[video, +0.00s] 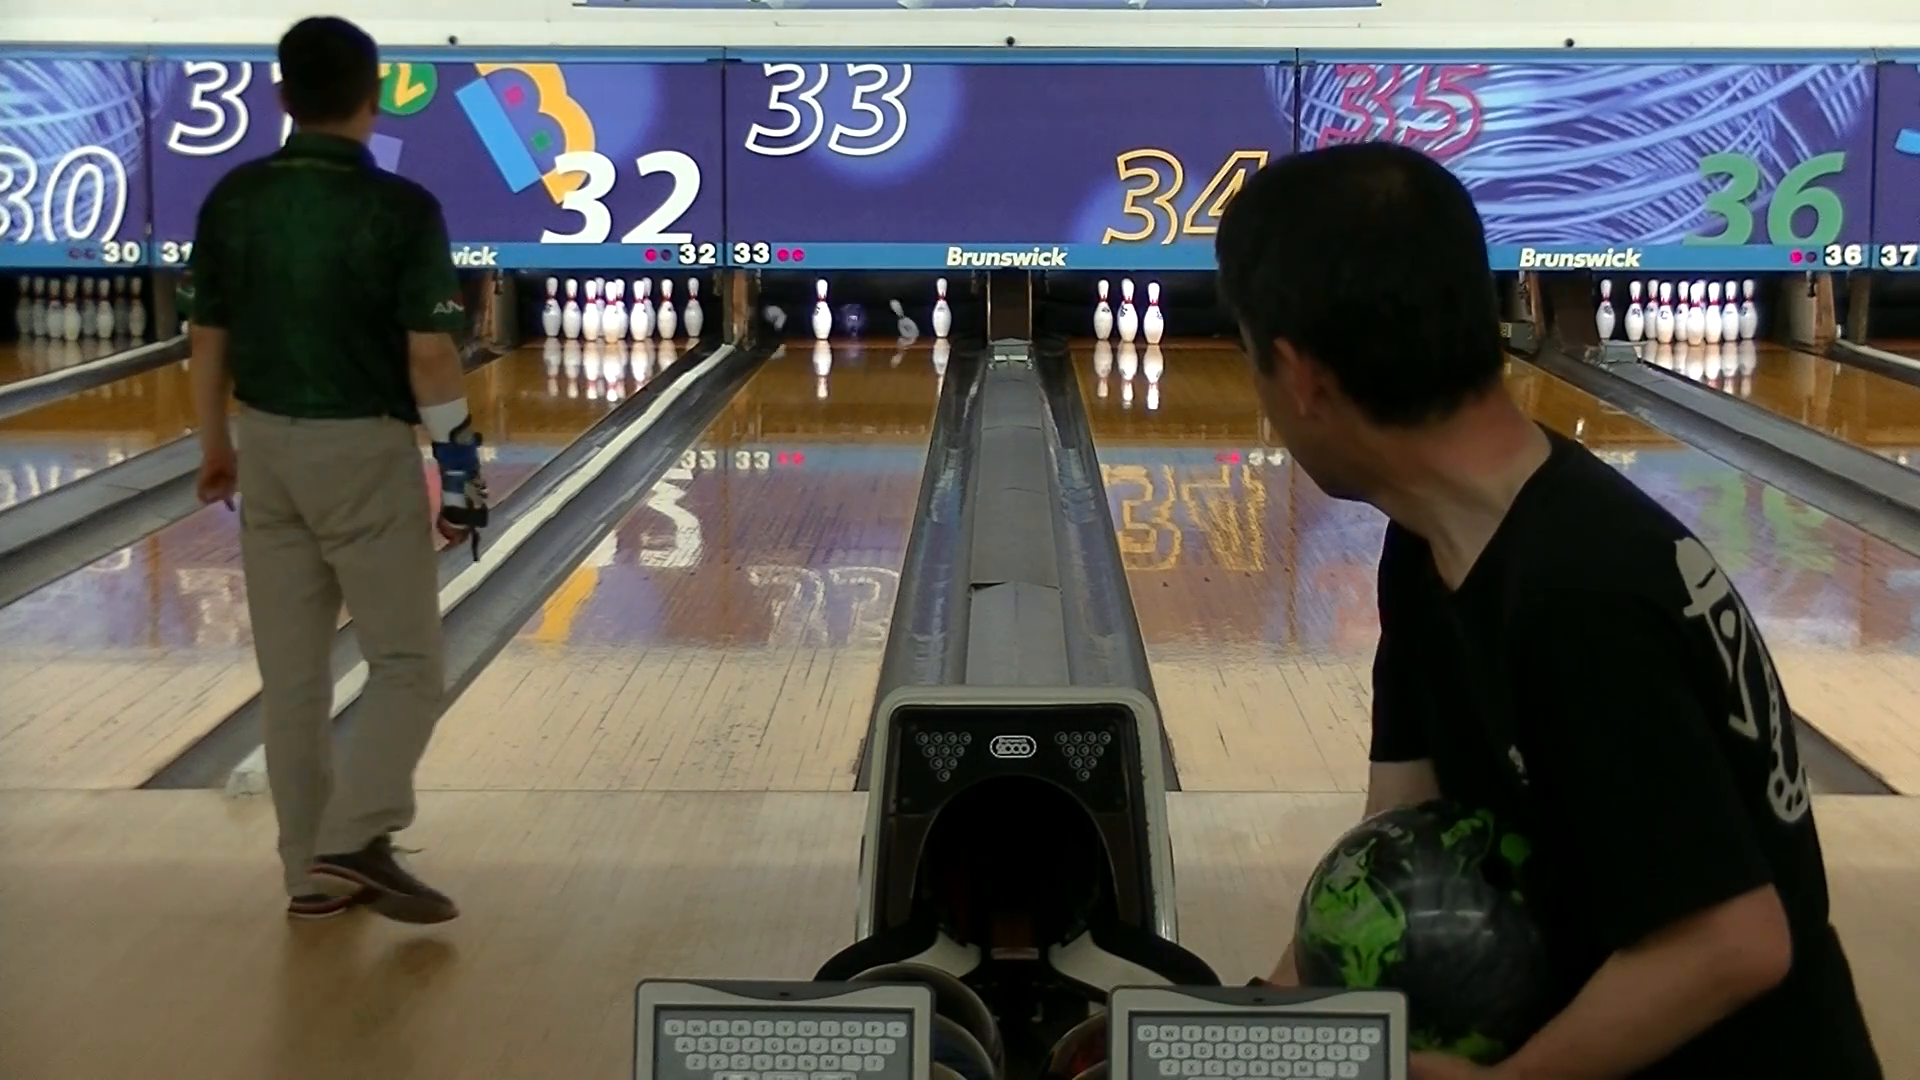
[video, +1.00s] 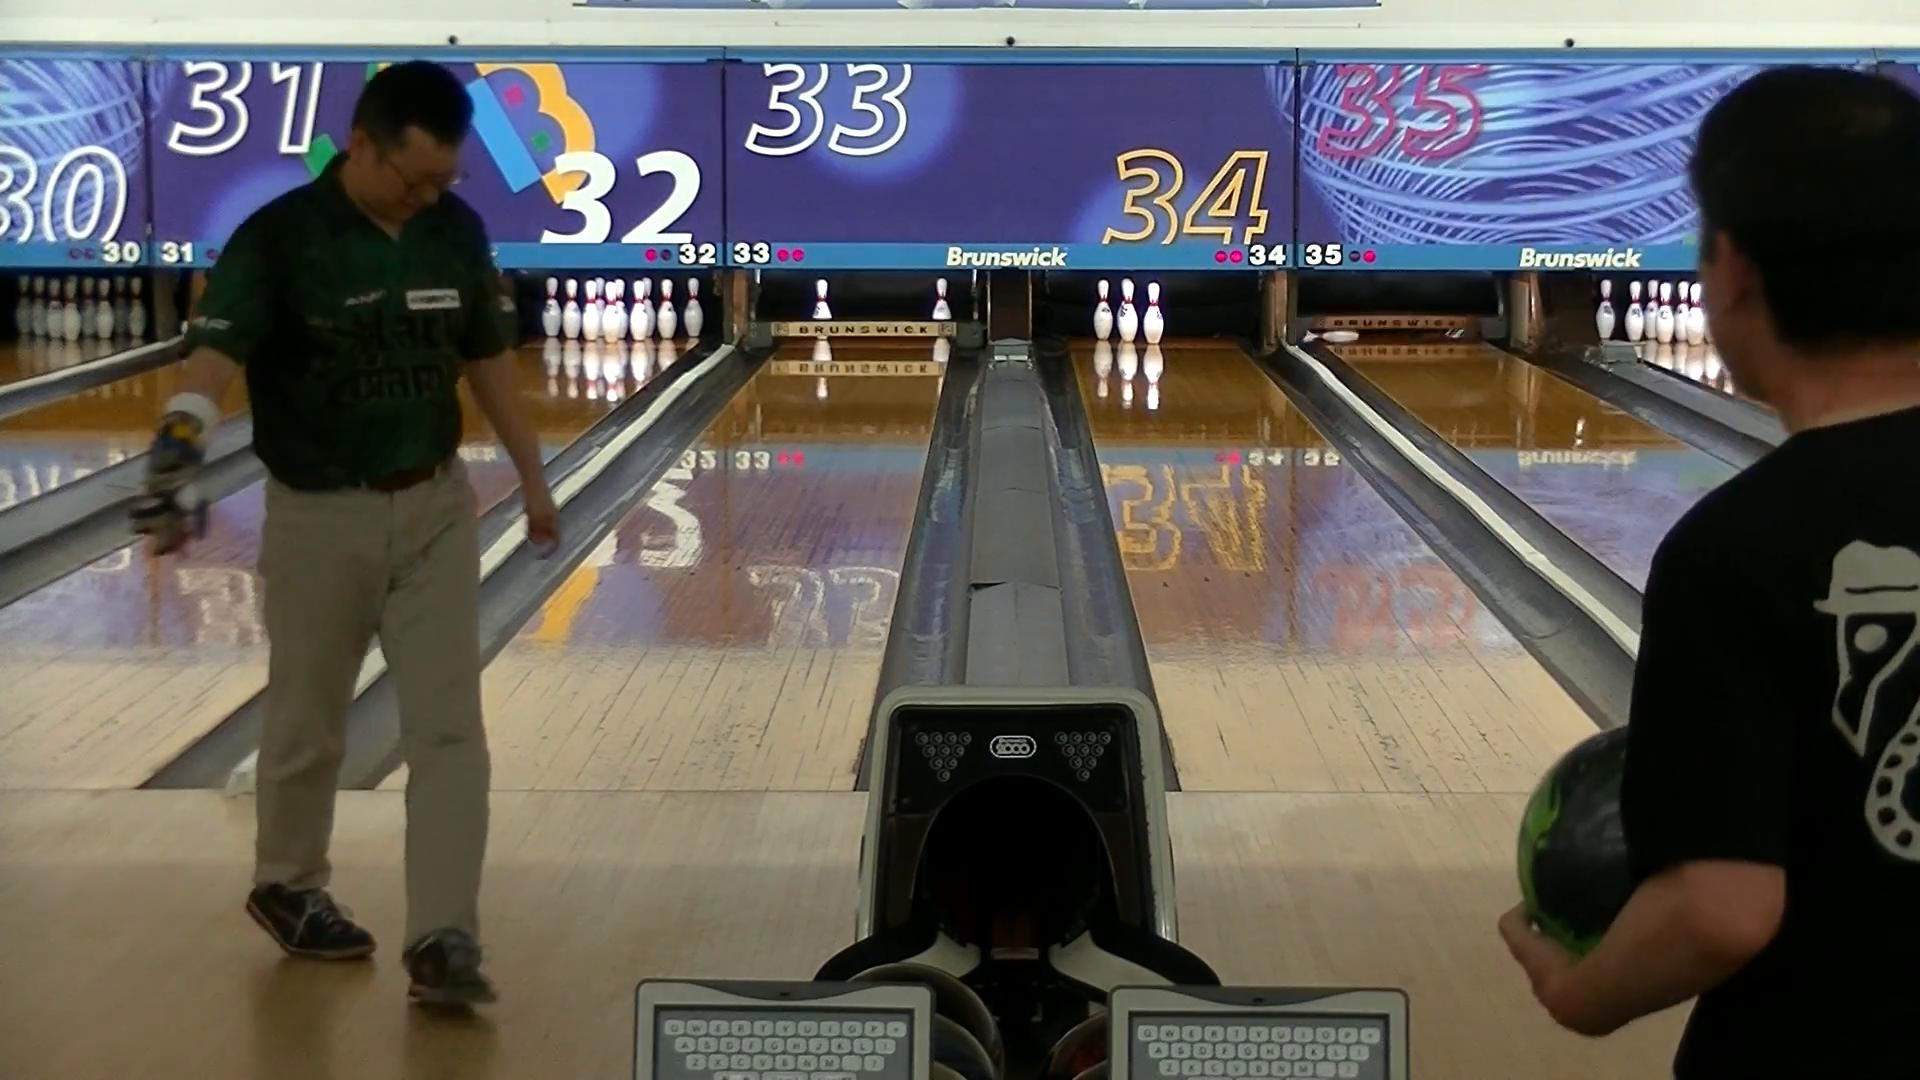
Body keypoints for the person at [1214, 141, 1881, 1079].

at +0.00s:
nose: (1266, 405)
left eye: (1254, 366)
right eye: (1252, 366)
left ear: (1298, 373)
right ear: (1455, 311)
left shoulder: (1585, 584)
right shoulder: (1426, 543)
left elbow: (1736, 941)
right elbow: (1403, 840)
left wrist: (1499, 1075)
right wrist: (1286, 996)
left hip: (1758, 1064)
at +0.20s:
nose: (1265, 403)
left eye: (1254, 365)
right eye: (1252, 364)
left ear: (1306, 378)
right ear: (1463, 319)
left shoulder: (1601, 582)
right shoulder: (1418, 554)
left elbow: (1758, 931)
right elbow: (1326, 845)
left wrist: (1531, 1073)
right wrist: (1188, 1044)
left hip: (1774, 1064)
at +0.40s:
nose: (1309, 373)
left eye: (1303, 344)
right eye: (1302, 342)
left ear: (1353, 358)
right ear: (1511, 306)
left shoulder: (1607, 585)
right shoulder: (1493, 536)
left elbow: (1753, 938)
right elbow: (1442, 820)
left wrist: (1526, 1071)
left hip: (1786, 1062)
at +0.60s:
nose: (1412, 328)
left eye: (1410, 295)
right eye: (1410, 294)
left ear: (1447, 325)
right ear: (1621, 286)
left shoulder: (1621, 586)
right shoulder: (1723, 488)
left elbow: (1731, 943)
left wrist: (1517, 1061)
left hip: (1763, 1051)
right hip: (1859, 1015)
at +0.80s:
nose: (1553, 296)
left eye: (1557, 266)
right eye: (1559, 263)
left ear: (1591, 296)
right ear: (1782, 266)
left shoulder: (1674, 564)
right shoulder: (1890, 480)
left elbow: (1735, 923)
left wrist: (1549, 1031)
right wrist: (1660, 819)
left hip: (1749, 1056)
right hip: (1902, 1031)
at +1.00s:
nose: (1704, 278)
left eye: (1703, 249)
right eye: (1702, 248)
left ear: (1734, 272)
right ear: (1913, 242)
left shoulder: (1738, 547)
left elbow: (1725, 906)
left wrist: (1580, 996)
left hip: (1792, 1053)